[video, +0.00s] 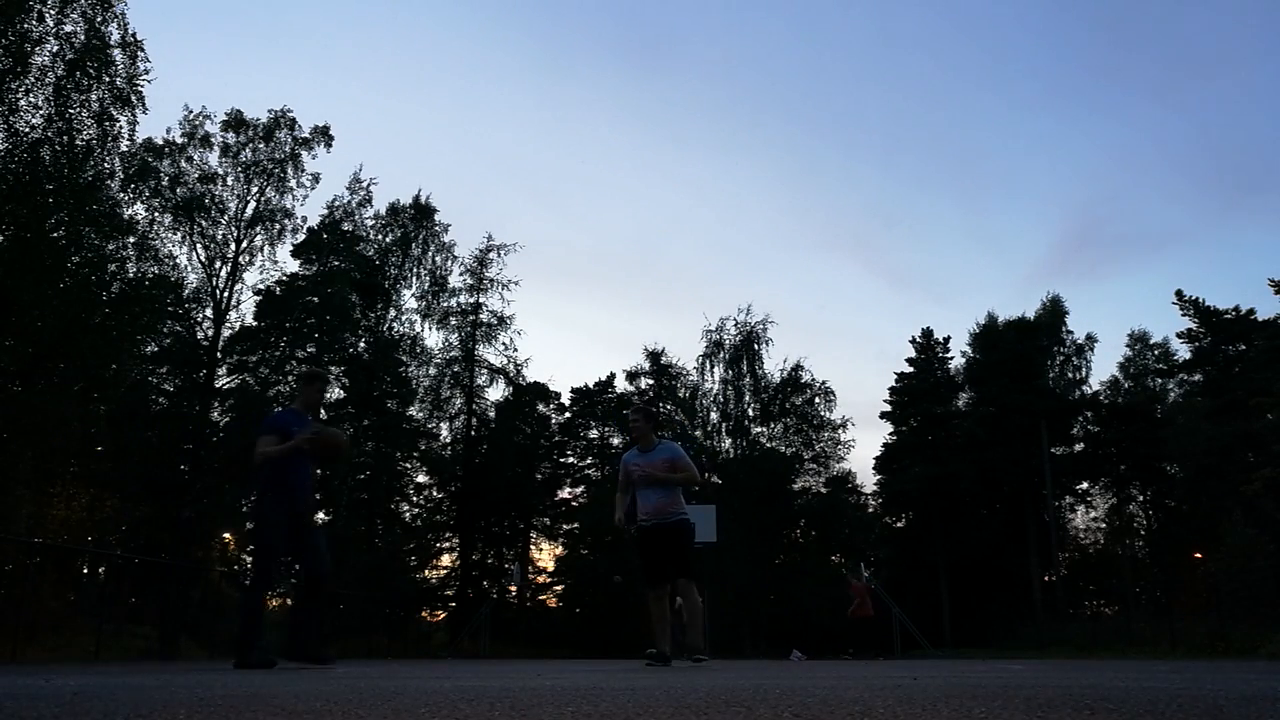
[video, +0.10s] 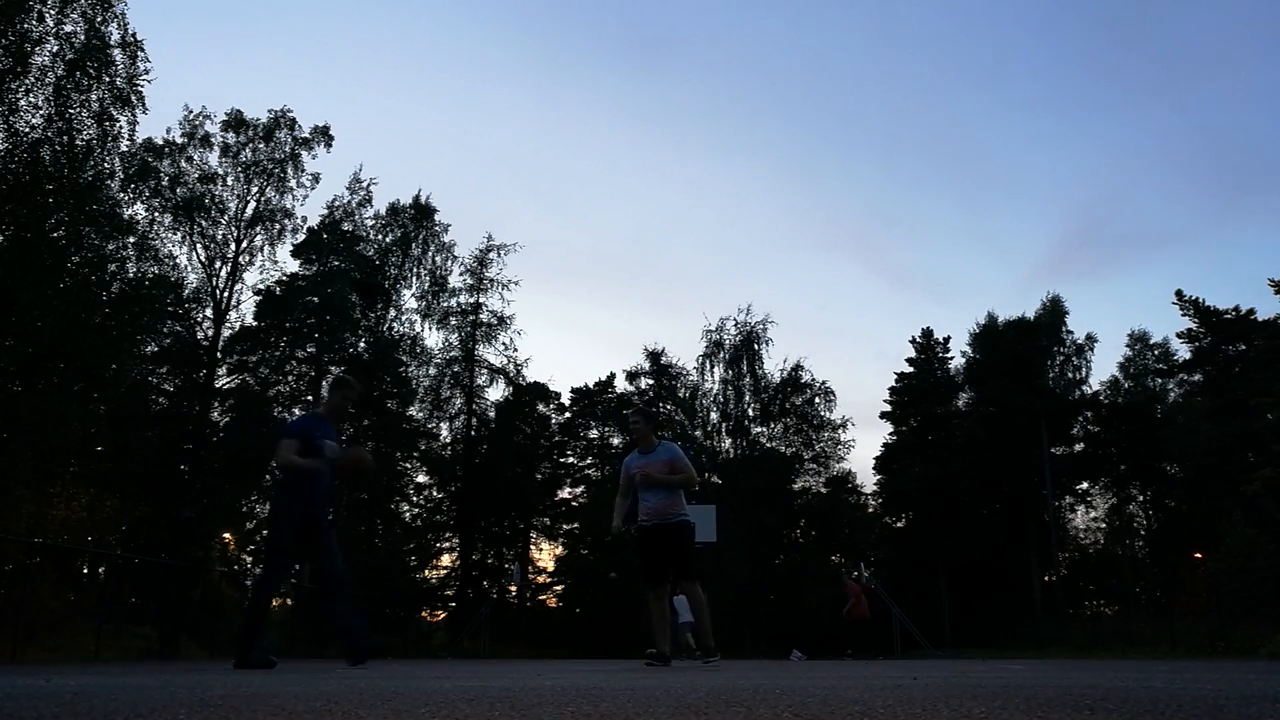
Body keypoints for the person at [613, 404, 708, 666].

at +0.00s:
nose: (632, 426)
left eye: (636, 422)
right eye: (630, 422)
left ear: (650, 424)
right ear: (631, 426)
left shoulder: (670, 449)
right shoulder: (628, 459)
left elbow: (693, 477)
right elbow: (623, 491)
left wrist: (659, 476)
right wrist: (620, 513)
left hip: (676, 525)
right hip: (647, 528)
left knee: (685, 585)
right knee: (656, 589)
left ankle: (696, 647)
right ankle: (662, 650)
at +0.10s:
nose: (632, 428)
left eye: (636, 423)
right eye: (630, 424)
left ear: (650, 425)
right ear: (631, 428)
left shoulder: (669, 450)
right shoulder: (630, 461)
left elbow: (691, 478)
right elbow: (623, 494)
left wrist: (658, 479)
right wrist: (617, 520)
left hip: (677, 525)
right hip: (648, 528)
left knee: (689, 585)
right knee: (657, 590)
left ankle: (708, 646)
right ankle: (663, 651)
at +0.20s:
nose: (635, 428)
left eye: (639, 423)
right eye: (633, 424)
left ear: (652, 425)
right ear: (632, 428)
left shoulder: (671, 449)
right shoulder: (631, 460)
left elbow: (692, 478)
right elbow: (621, 493)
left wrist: (660, 476)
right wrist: (623, 515)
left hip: (678, 525)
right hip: (648, 528)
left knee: (691, 585)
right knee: (657, 590)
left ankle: (713, 643)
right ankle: (663, 651)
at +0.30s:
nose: (640, 427)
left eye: (645, 423)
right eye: (638, 424)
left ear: (656, 426)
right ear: (635, 429)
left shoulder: (674, 450)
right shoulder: (633, 461)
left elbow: (693, 478)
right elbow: (616, 494)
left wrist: (660, 472)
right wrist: (628, 515)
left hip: (680, 526)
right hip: (650, 528)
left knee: (692, 585)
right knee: (657, 589)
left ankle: (712, 642)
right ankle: (663, 650)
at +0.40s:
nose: (648, 427)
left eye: (653, 422)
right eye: (645, 423)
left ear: (662, 426)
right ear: (640, 428)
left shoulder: (678, 451)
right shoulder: (635, 461)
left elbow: (695, 481)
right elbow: (620, 495)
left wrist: (672, 477)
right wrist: (631, 519)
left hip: (682, 527)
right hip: (652, 529)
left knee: (693, 586)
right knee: (658, 590)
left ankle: (706, 644)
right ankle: (663, 650)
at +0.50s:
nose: (655, 427)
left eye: (659, 423)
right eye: (651, 423)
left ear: (668, 427)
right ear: (646, 428)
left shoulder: (683, 454)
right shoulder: (638, 460)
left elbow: (696, 485)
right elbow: (630, 495)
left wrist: (681, 484)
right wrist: (634, 520)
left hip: (683, 527)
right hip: (653, 529)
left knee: (694, 587)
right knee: (658, 589)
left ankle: (701, 645)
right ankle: (662, 649)